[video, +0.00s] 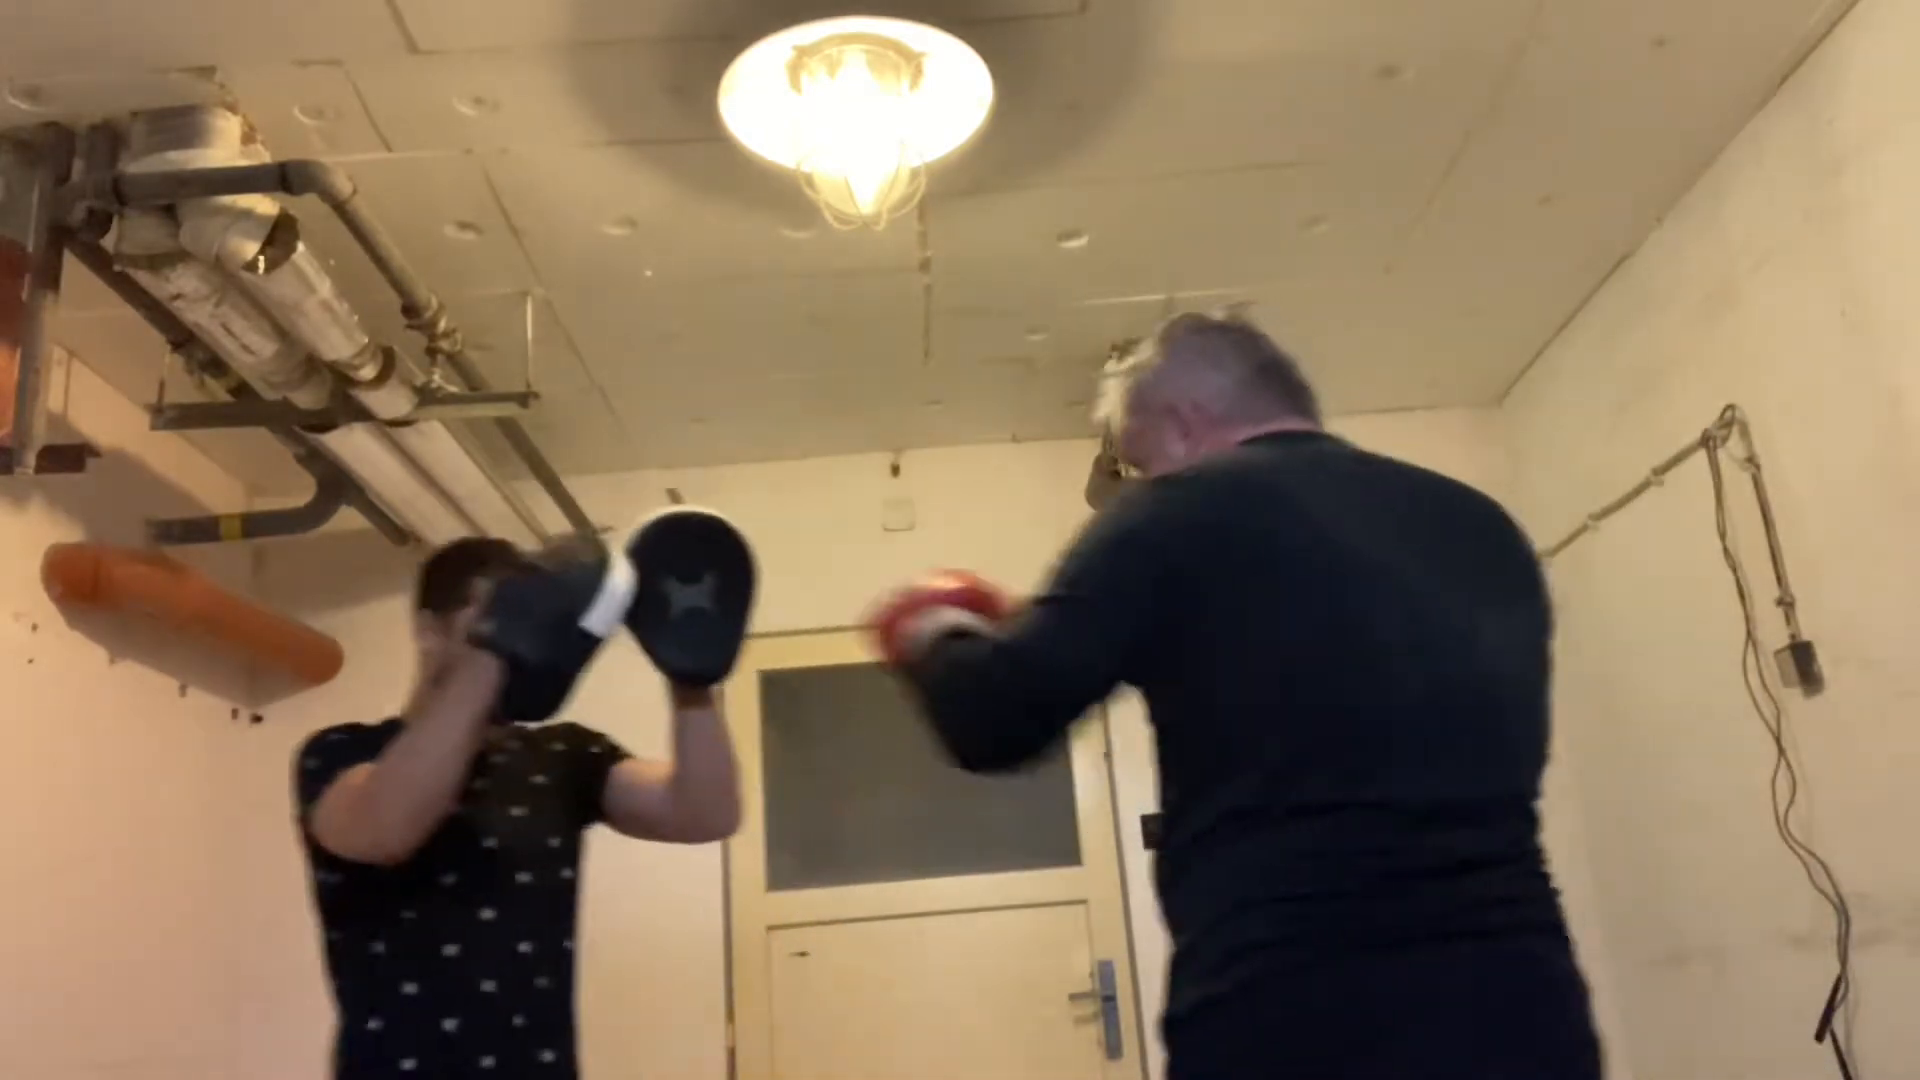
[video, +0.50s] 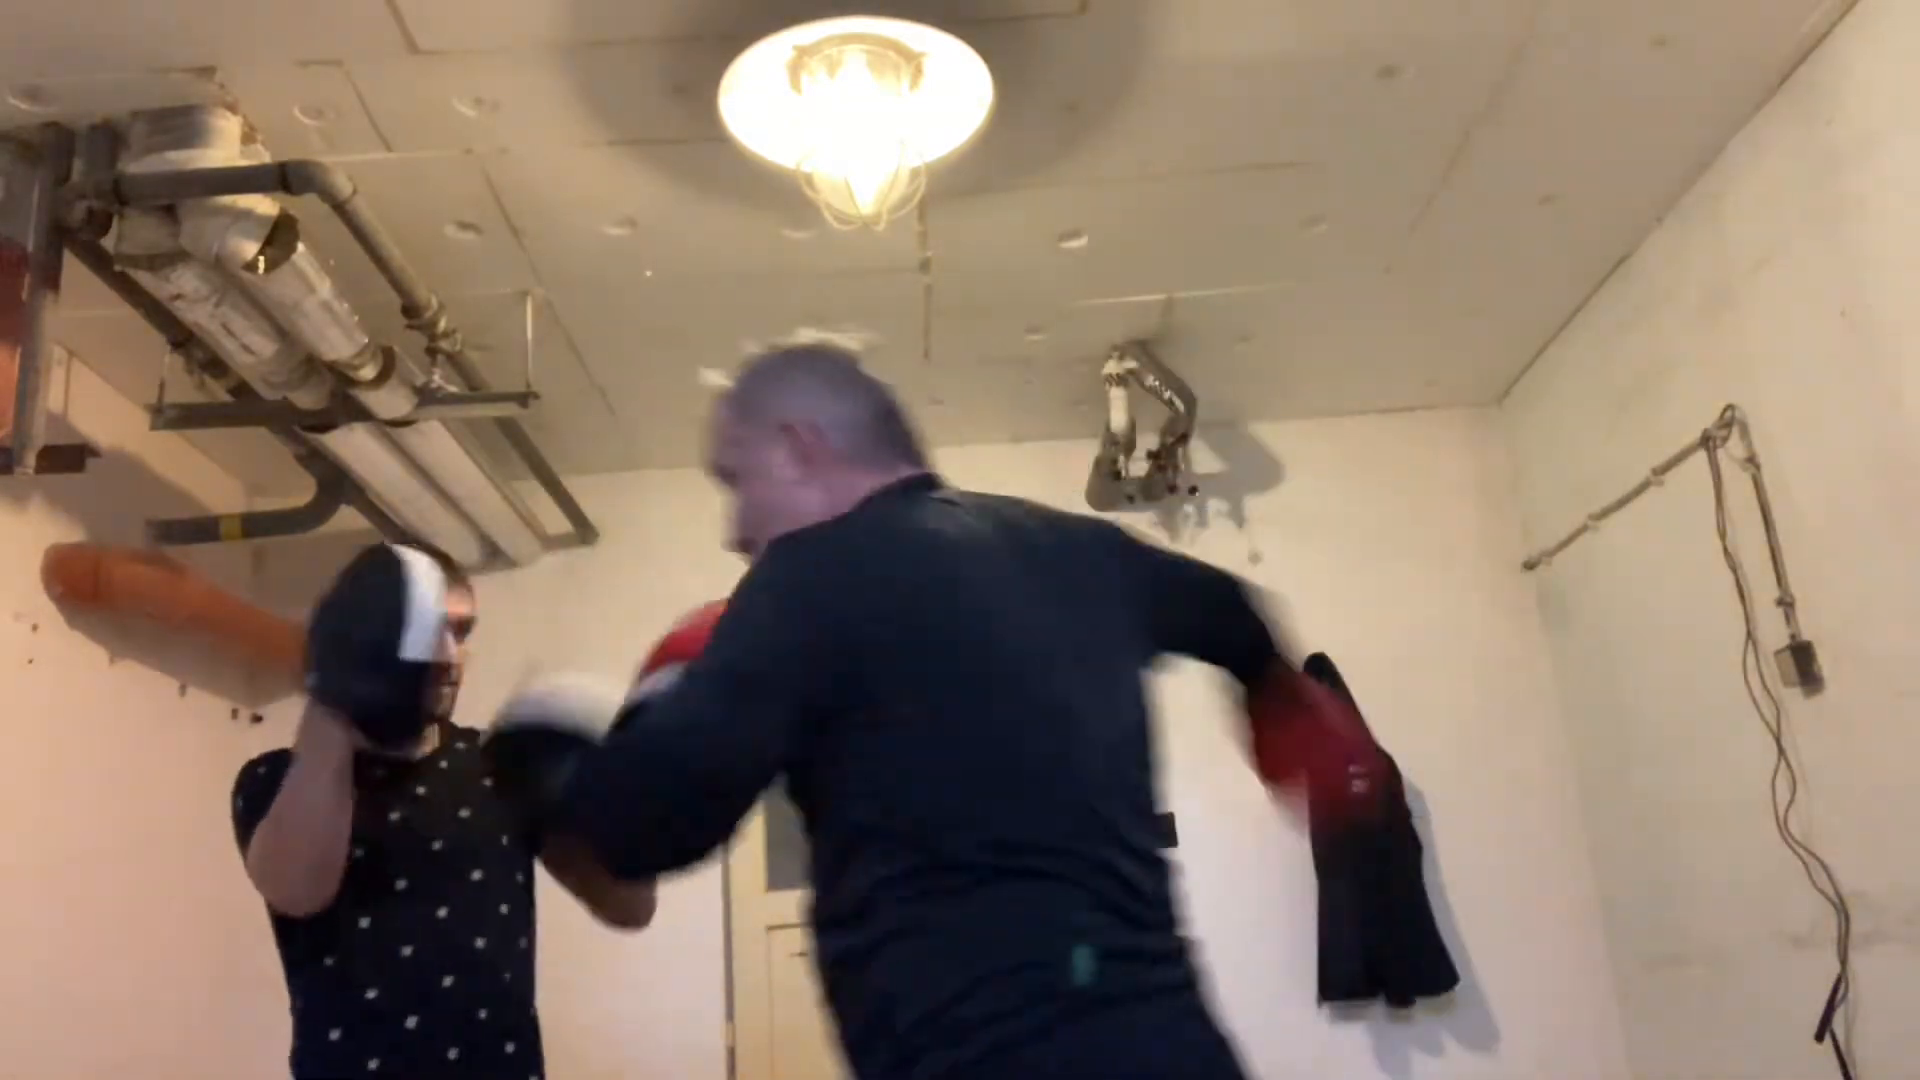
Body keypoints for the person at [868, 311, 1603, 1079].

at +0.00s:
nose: (1138, 490)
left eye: (1133, 466)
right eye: (1129, 472)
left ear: (1181, 425)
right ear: (1296, 407)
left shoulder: (1173, 523)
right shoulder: (1483, 527)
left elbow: (994, 722)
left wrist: (940, 638)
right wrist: (1042, 626)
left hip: (1273, 1021)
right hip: (1519, 1017)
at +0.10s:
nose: (1100, 498)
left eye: (1095, 473)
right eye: (1095, 477)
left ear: (1125, 444)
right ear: (1253, 427)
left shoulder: (1108, 540)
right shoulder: (1440, 531)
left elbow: (891, 667)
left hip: (1228, 1027)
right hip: (1471, 1024)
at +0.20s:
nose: (1025, 507)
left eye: (1023, 486)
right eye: (1024, 489)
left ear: (1050, 462)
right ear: (1182, 443)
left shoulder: (1015, 563)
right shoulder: (1358, 548)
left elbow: (830, 609)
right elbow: (1458, 785)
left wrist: (696, 595)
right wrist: (1296, 727)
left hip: (1162, 1027)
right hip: (1403, 1024)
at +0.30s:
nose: (934, 518)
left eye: (930, 498)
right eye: (931, 501)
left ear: (957, 476)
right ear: (1089, 456)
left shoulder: (945, 569)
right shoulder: (1264, 559)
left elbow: (775, 647)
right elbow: (1445, 761)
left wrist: (700, 612)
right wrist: (1265, 782)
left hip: (1080, 1038)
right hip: (1316, 1032)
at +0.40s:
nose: (842, 525)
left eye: (835, 500)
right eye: (832, 505)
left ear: (871, 474)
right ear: (984, 451)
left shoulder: (845, 586)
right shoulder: (1166, 557)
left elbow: (655, 740)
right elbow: (1371, 670)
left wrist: (692, 637)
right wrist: (1287, 840)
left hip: (1000, 1038)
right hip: (1225, 1023)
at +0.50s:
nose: (734, 526)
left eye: (734, 482)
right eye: (725, 489)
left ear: (800, 453)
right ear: (884, 445)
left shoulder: (810, 582)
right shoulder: (1071, 549)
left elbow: (648, 817)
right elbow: (1237, 614)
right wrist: (1283, 705)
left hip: (954, 1044)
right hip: (1159, 1025)